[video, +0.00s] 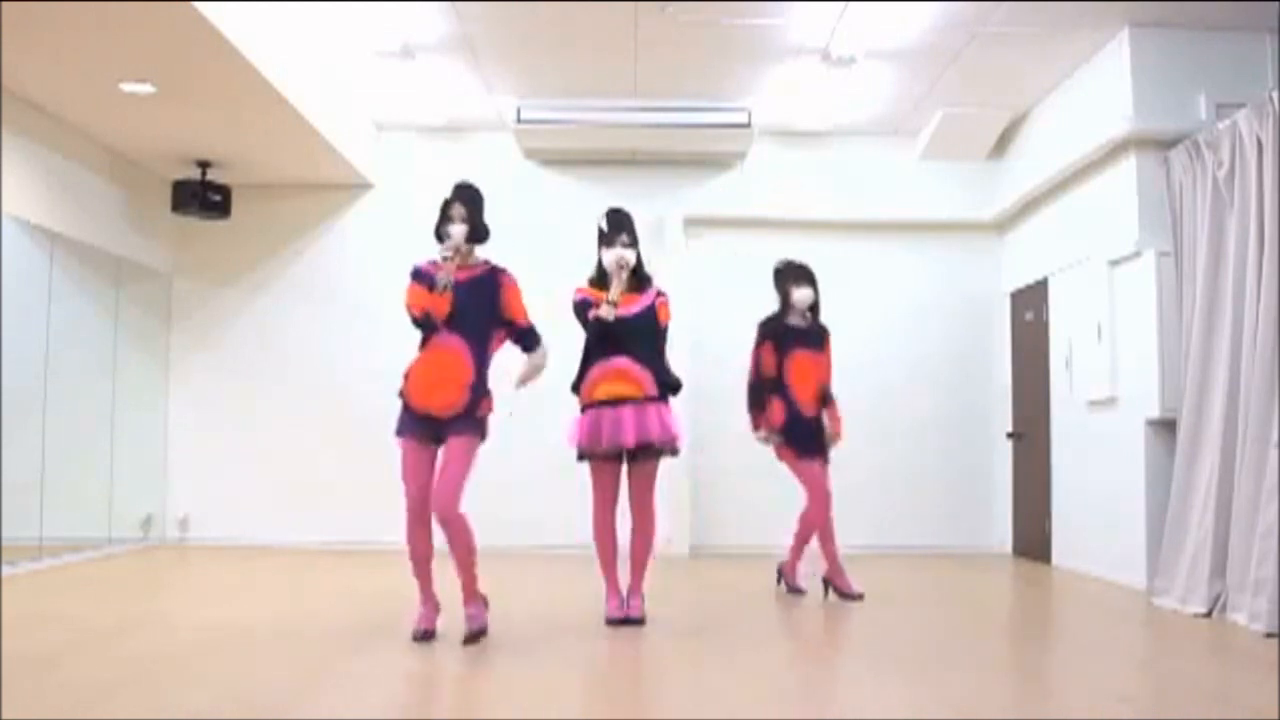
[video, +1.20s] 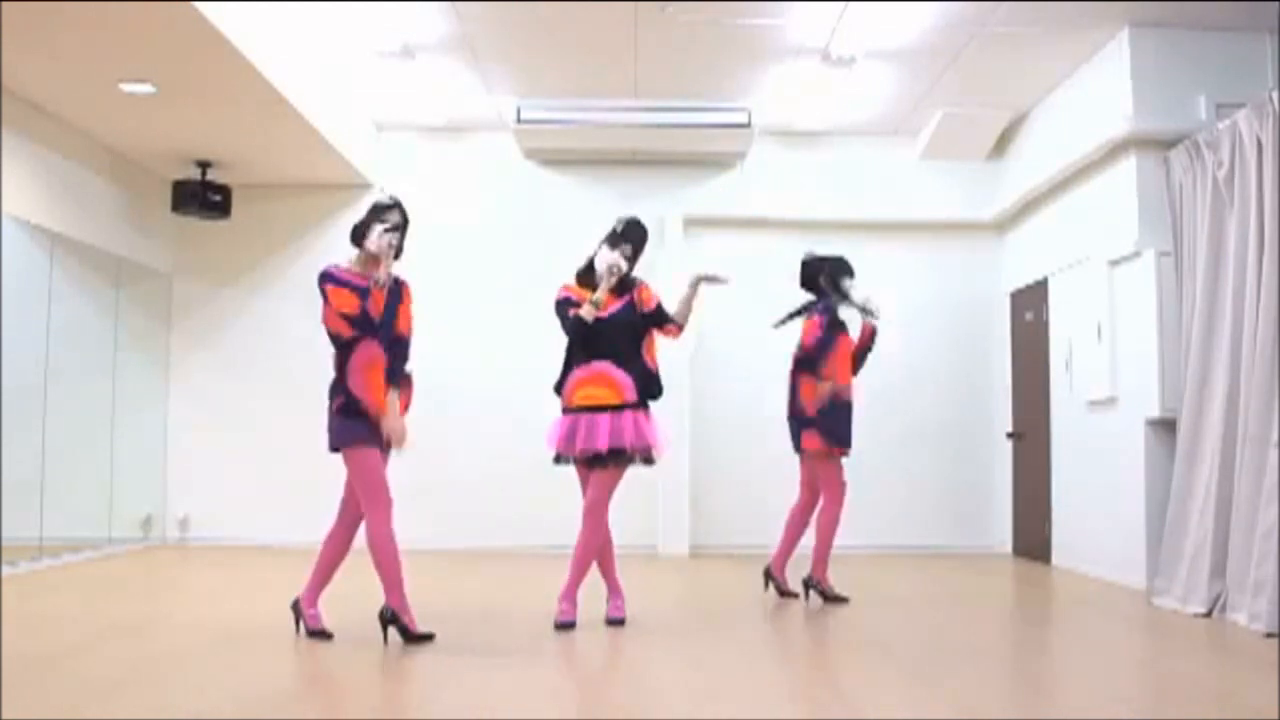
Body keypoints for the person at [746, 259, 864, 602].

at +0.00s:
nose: (805, 293)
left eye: (808, 286)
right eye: (797, 286)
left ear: (815, 290)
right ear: (784, 291)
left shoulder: (820, 333)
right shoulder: (771, 330)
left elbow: (823, 382)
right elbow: (761, 380)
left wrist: (832, 417)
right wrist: (762, 420)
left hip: (814, 421)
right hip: (784, 422)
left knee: (820, 495)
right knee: (818, 491)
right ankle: (833, 569)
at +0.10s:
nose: (815, 292)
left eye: (819, 284)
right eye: (807, 286)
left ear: (826, 288)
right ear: (796, 290)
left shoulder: (832, 330)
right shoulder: (782, 327)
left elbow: (842, 373)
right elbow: (757, 373)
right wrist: (778, 376)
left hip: (828, 419)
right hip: (796, 422)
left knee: (847, 492)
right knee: (830, 491)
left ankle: (825, 553)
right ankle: (834, 566)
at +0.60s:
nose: (817, 287)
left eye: (824, 280)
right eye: (814, 280)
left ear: (842, 283)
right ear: (811, 284)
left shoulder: (852, 320)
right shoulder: (812, 323)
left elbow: (849, 353)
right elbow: (803, 361)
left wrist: (869, 322)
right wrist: (785, 337)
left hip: (842, 414)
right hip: (813, 413)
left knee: (832, 492)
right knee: (827, 495)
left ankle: (843, 577)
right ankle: (842, 576)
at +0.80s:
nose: (806, 284)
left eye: (809, 279)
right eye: (808, 279)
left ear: (814, 280)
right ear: (841, 280)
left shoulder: (808, 316)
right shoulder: (858, 319)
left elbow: (784, 355)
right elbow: (874, 364)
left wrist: (767, 320)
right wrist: (876, 329)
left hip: (822, 410)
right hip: (851, 410)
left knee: (820, 493)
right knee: (827, 493)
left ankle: (847, 576)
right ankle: (849, 573)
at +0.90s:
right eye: (830, 271)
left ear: (801, 281)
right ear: (837, 277)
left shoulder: (794, 319)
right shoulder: (852, 316)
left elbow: (793, 357)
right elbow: (878, 357)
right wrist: (893, 325)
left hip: (808, 415)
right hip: (853, 415)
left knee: (815, 496)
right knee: (846, 496)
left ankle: (823, 577)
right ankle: (843, 576)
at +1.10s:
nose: (845, 281)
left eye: (841, 275)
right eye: (840, 275)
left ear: (815, 281)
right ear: (832, 279)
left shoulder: (816, 313)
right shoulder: (831, 313)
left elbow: (844, 343)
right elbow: (830, 353)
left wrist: (879, 347)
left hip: (807, 413)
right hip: (832, 413)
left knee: (813, 490)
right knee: (840, 491)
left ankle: (773, 564)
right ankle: (824, 575)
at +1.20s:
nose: (850, 287)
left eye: (849, 280)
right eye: (844, 280)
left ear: (825, 282)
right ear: (828, 282)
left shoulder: (834, 321)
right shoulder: (820, 317)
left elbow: (849, 369)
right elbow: (804, 360)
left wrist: (867, 334)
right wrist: (825, 386)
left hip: (820, 417)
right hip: (815, 417)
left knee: (809, 494)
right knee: (833, 491)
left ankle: (777, 566)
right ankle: (818, 573)